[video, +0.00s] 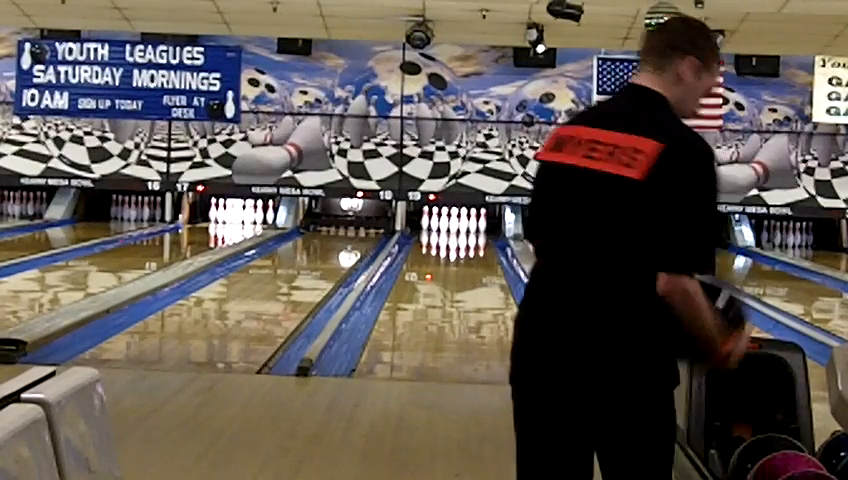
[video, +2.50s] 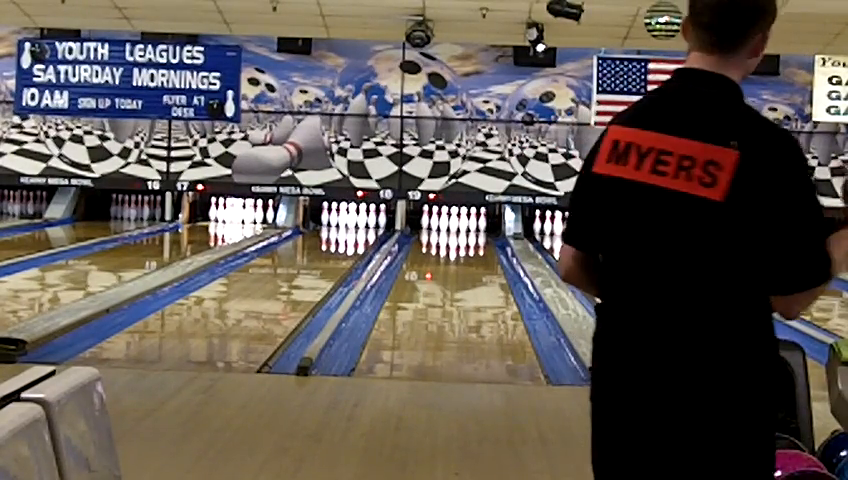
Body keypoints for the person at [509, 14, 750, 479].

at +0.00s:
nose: (712, 89)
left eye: (715, 77)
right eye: (711, 74)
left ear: (646, 62)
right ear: (686, 66)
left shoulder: (573, 127)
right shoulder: (685, 149)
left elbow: (538, 233)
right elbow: (673, 280)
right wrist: (721, 342)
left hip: (546, 337)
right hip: (629, 350)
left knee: (547, 475)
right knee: (638, 476)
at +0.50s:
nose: (720, 96)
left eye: (728, 84)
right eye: (723, 79)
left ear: (683, 51)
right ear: (691, 52)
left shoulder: (593, 114)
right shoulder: (669, 142)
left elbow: (539, 245)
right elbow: (637, 278)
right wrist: (710, 326)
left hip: (542, 340)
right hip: (611, 358)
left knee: (549, 477)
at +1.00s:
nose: (777, 94)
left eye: (787, 82)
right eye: (779, 76)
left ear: (737, 48)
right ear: (740, 48)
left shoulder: (670, 107)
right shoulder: (682, 129)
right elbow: (612, 282)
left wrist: (729, 299)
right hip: (619, 363)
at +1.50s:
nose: (793, 78)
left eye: (800, 63)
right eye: (792, 59)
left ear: (743, 42)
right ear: (748, 41)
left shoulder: (690, 111)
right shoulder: (692, 127)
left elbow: (712, 261)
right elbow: (605, 275)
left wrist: (815, 310)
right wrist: (704, 354)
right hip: (625, 368)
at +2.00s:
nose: (754, 67)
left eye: (762, 55)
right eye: (759, 52)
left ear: (684, 26)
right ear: (734, 40)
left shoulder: (625, 105)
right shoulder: (718, 146)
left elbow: (586, 248)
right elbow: (717, 302)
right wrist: (788, 278)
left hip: (600, 352)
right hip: (679, 368)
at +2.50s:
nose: (763, 50)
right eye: (765, 42)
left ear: (685, 30)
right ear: (760, 45)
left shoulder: (623, 128)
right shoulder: (772, 147)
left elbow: (573, 264)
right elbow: (791, 301)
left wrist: (631, 291)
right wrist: (835, 252)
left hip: (628, 379)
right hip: (729, 385)